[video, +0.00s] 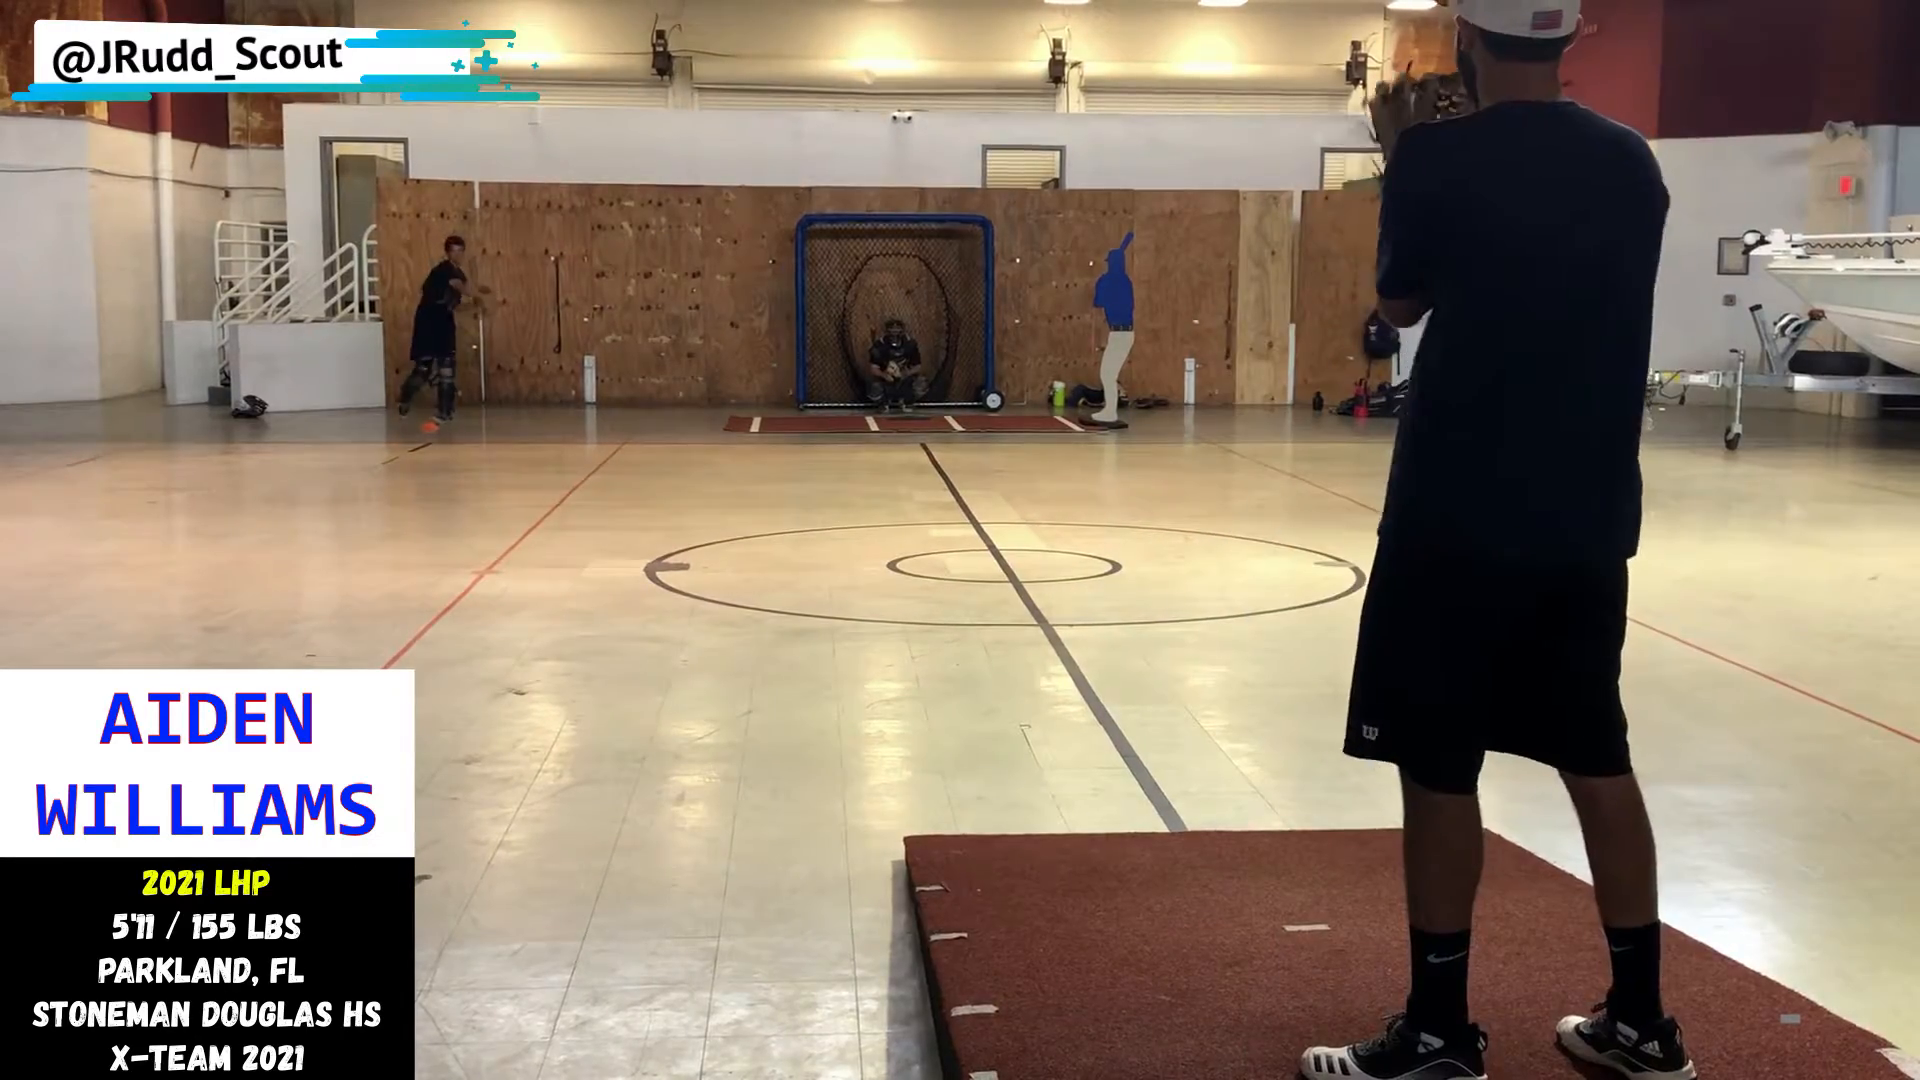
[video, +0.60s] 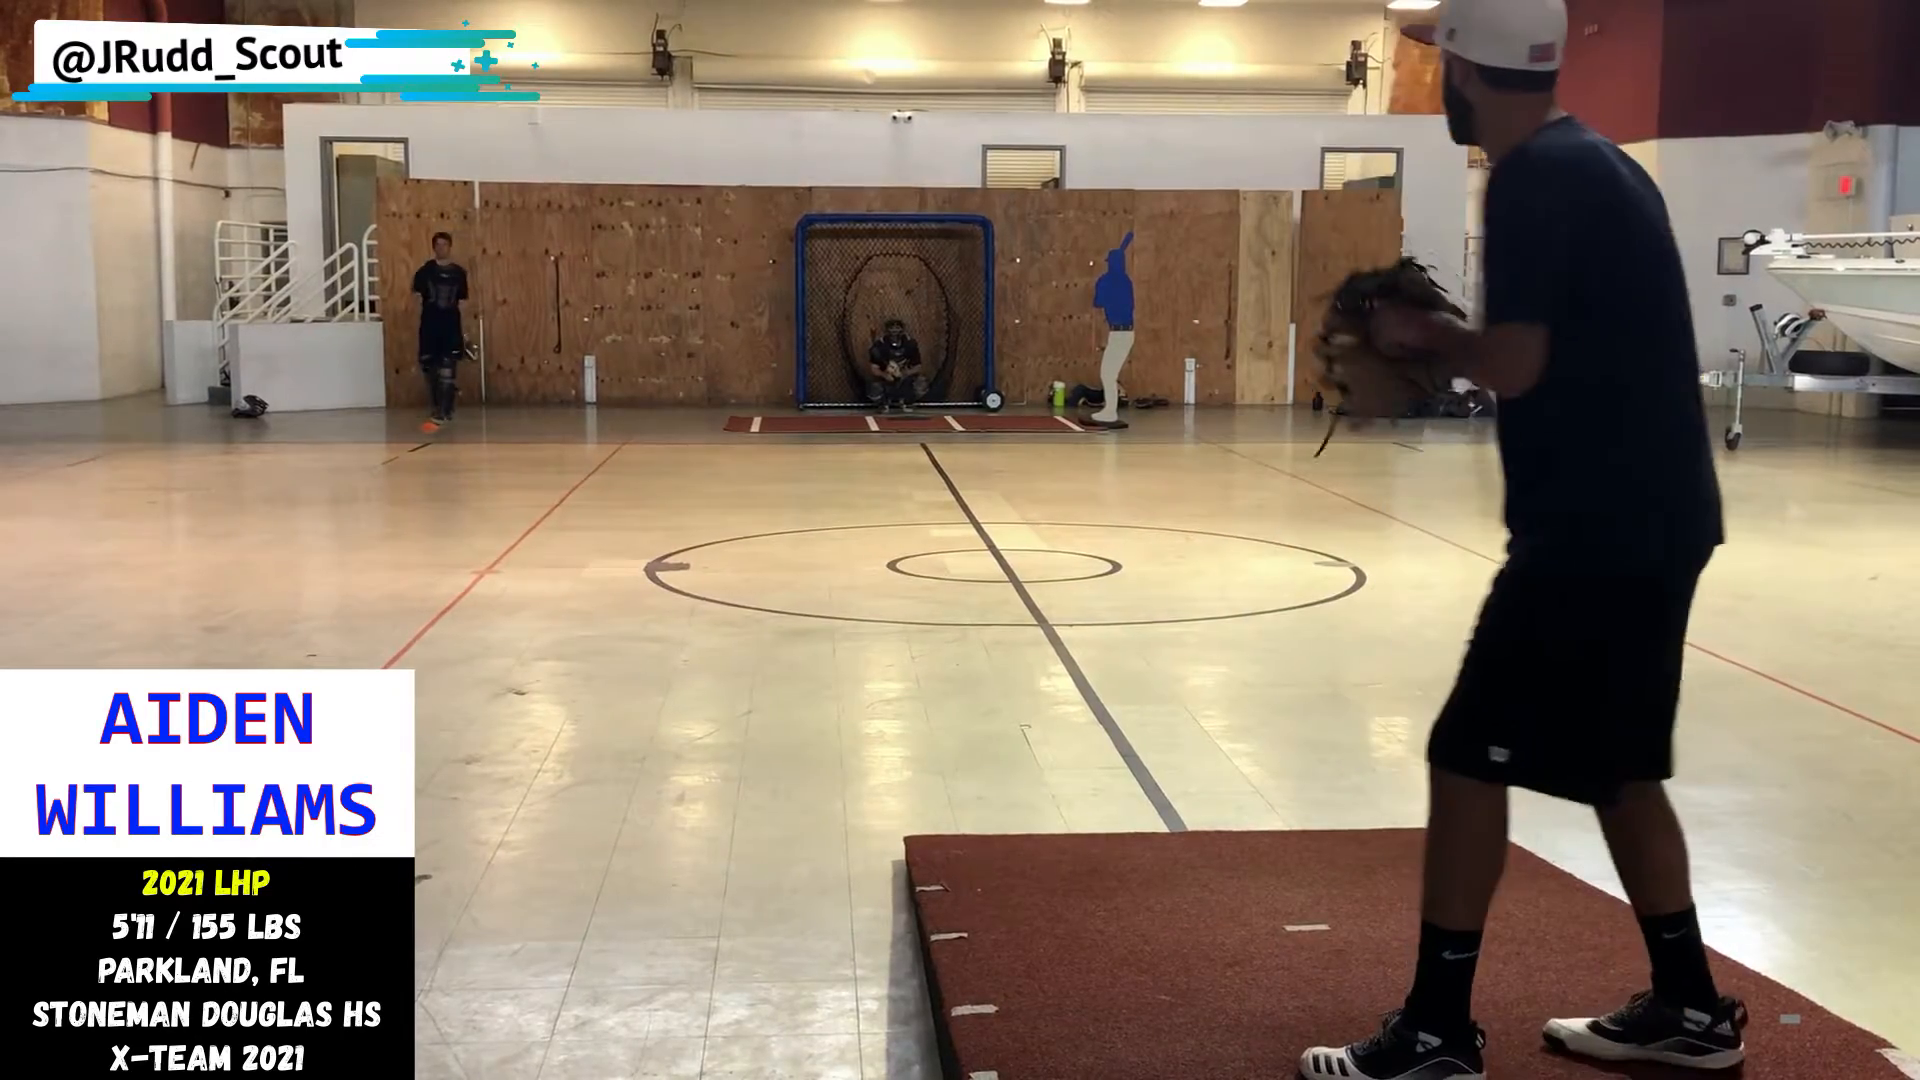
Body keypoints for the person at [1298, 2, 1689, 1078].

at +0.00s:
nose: (1459, 45)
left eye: (1460, 32)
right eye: (1480, 33)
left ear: (1470, 43)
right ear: (1567, 41)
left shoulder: (1435, 157)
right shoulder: (1634, 163)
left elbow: (1400, 300)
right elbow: (1565, 291)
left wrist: (1410, 160)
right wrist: (1414, 311)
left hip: (1452, 520)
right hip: (1587, 522)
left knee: (1438, 763)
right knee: (1598, 757)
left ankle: (1437, 1028)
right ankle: (1640, 1014)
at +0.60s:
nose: (1442, 95)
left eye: (1443, 72)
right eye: (1443, 73)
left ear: (1467, 71)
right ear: (1547, 69)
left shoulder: (1530, 178)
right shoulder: (1604, 169)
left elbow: (1517, 363)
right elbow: (1567, 355)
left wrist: (1425, 339)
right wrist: (1453, 336)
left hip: (1580, 534)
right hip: (1657, 525)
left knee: (1465, 754)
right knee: (1622, 762)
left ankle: (1436, 1026)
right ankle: (1688, 1002)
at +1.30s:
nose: (1463, 72)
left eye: (1472, 51)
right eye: (1466, 52)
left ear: (1505, 60)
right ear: (1543, 63)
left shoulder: (1626, 176)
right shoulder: (1505, 188)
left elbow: (1549, 332)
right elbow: (1488, 353)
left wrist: (1393, 246)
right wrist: (1378, 285)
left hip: (1592, 539)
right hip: (1538, 533)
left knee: (1457, 761)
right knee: (1559, 762)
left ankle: (1460, 1029)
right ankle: (1675, 988)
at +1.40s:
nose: (1452, 80)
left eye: (1460, 57)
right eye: (1456, 57)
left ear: (1491, 63)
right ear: (1526, 66)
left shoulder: (1623, 174)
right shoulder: (1495, 190)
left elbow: (1550, 326)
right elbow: (1455, 352)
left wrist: (1394, 248)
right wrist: (1358, 274)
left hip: (1564, 533)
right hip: (1485, 517)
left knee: (1445, 763)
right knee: (1413, 747)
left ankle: (1458, 1029)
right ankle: (1582, 904)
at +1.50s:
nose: (1445, 85)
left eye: (1452, 59)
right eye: (1446, 62)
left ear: (1489, 60)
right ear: (1526, 62)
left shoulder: (1624, 171)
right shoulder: (1485, 185)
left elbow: (1547, 326)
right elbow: (1452, 354)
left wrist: (1391, 243)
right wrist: (1352, 277)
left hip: (1539, 533)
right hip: (1446, 504)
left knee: (1429, 778)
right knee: (1296, 685)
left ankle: (1457, 1028)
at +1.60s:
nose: (1440, 79)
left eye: (1446, 55)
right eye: (1442, 57)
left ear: (1483, 58)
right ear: (1517, 61)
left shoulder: (1620, 172)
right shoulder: (1476, 183)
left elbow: (1547, 325)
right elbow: (1441, 344)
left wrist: (1390, 245)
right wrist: (1342, 278)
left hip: (1514, 526)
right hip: (1421, 483)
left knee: (1430, 771)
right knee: (1215, 575)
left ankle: (1457, 1030)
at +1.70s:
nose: (1431, 81)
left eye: (1439, 58)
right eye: (1433, 59)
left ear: (1475, 60)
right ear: (1513, 63)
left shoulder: (1608, 174)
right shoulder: (1463, 184)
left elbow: (1538, 326)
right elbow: (1421, 343)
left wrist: (1383, 250)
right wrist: (1334, 280)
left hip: (1488, 522)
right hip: (1398, 470)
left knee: (1425, 762)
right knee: (1179, 451)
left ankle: (1458, 1031)